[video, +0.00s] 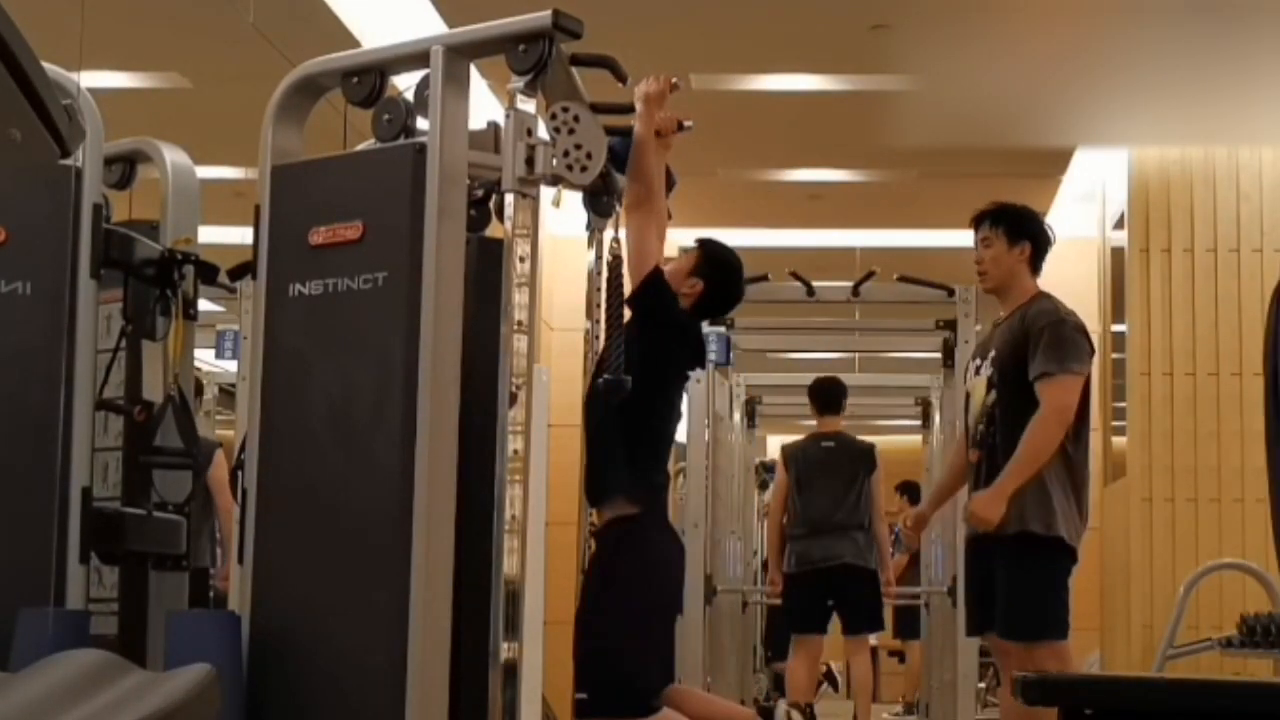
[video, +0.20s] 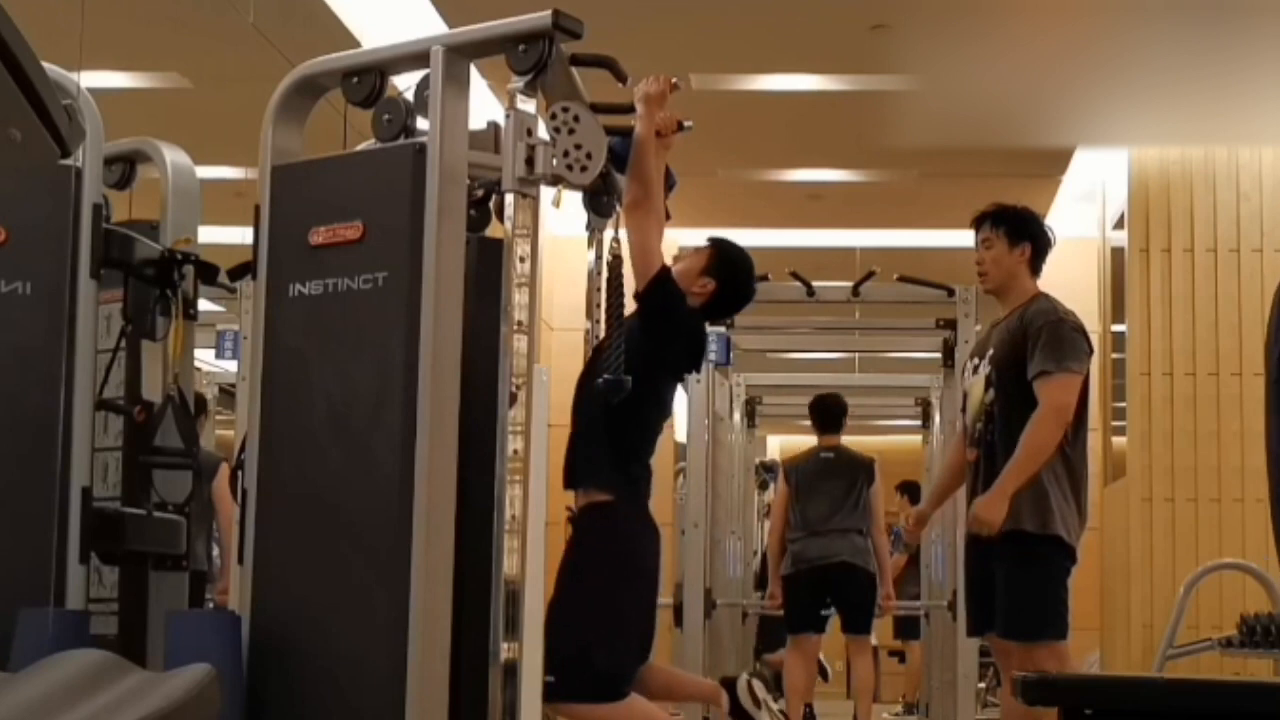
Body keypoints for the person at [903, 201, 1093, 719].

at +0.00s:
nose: (977, 257)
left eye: (988, 246)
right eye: (976, 247)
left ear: (1024, 252)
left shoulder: (1053, 322)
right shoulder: (990, 339)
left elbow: (1059, 412)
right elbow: (974, 440)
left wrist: (1000, 490)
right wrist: (928, 507)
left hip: (1038, 519)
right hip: (995, 518)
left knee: (1046, 662)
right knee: (1008, 656)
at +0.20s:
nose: (978, 258)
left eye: (989, 247)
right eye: (977, 248)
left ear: (1025, 253)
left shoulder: (1052, 322)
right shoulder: (987, 339)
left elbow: (1057, 413)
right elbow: (969, 438)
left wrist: (1000, 492)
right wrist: (927, 506)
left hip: (1037, 519)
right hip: (993, 519)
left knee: (1045, 662)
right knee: (1007, 657)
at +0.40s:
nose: (977, 258)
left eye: (988, 247)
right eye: (976, 248)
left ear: (1024, 253)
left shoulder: (1051, 324)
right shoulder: (984, 342)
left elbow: (1065, 413)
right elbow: (967, 442)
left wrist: (1025, 504)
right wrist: (931, 523)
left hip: (1034, 524)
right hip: (989, 524)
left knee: (1042, 658)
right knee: (1004, 654)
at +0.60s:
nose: (976, 256)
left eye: (987, 245)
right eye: (975, 246)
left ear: (1022, 254)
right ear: (982, 256)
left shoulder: (1051, 325)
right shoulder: (983, 344)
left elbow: (1068, 419)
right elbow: (968, 446)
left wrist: (1044, 510)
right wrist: (938, 529)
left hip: (1030, 525)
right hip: (986, 526)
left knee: (1040, 656)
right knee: (1003, 655)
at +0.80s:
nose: (975, 255)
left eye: (987, 244)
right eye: (974, 245)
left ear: (1022, 253)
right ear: (979, 255)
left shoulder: (1049, 325)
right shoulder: (982, 341)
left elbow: (1066, 418)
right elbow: (969, 446)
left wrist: (1035, 507)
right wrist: (933, 523)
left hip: (1030, 524)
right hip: (987, 524)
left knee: (1039, 654)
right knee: (1003, 653)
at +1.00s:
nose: (974, 255)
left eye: (986, 244)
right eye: (973, 245)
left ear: (1022, 253)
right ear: (976, 254)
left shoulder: (1048, 325)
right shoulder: (981, 342)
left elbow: (1062, 415)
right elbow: (966, 445)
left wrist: (1019, 502)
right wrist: (926, 518)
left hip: (1033, 524)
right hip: (988, 523)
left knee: (1039, 659)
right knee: (1005, 656)